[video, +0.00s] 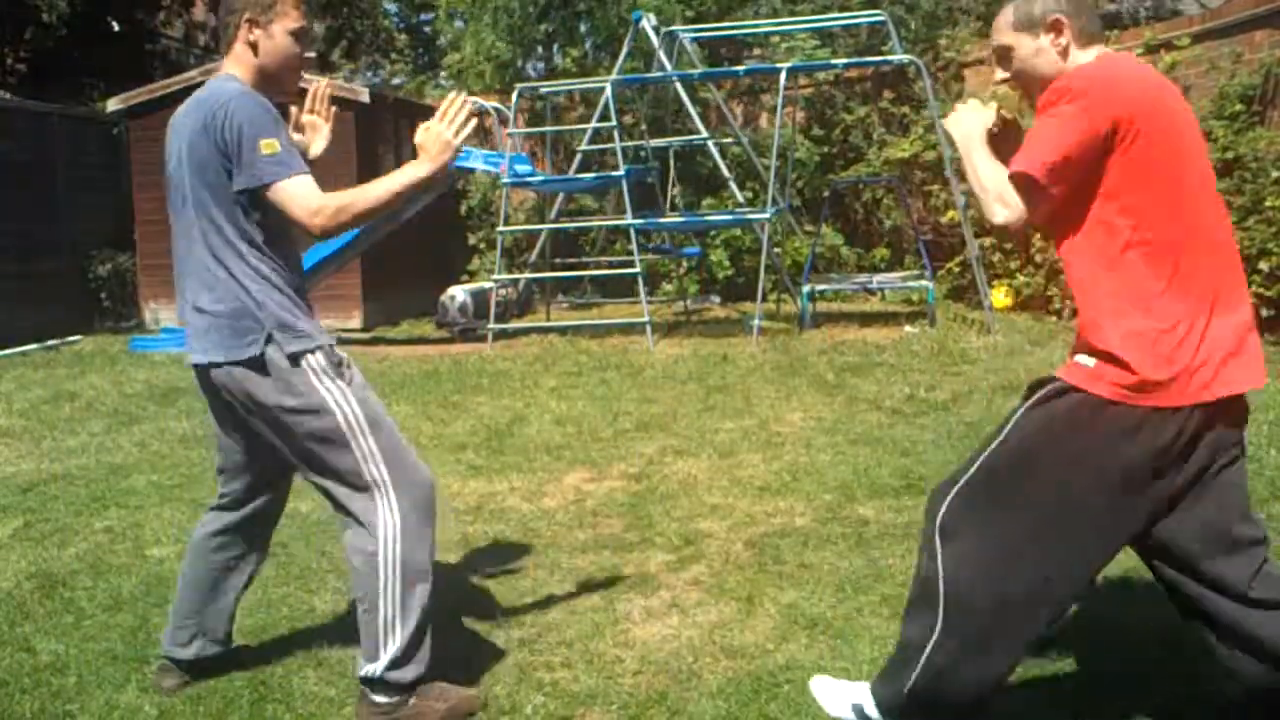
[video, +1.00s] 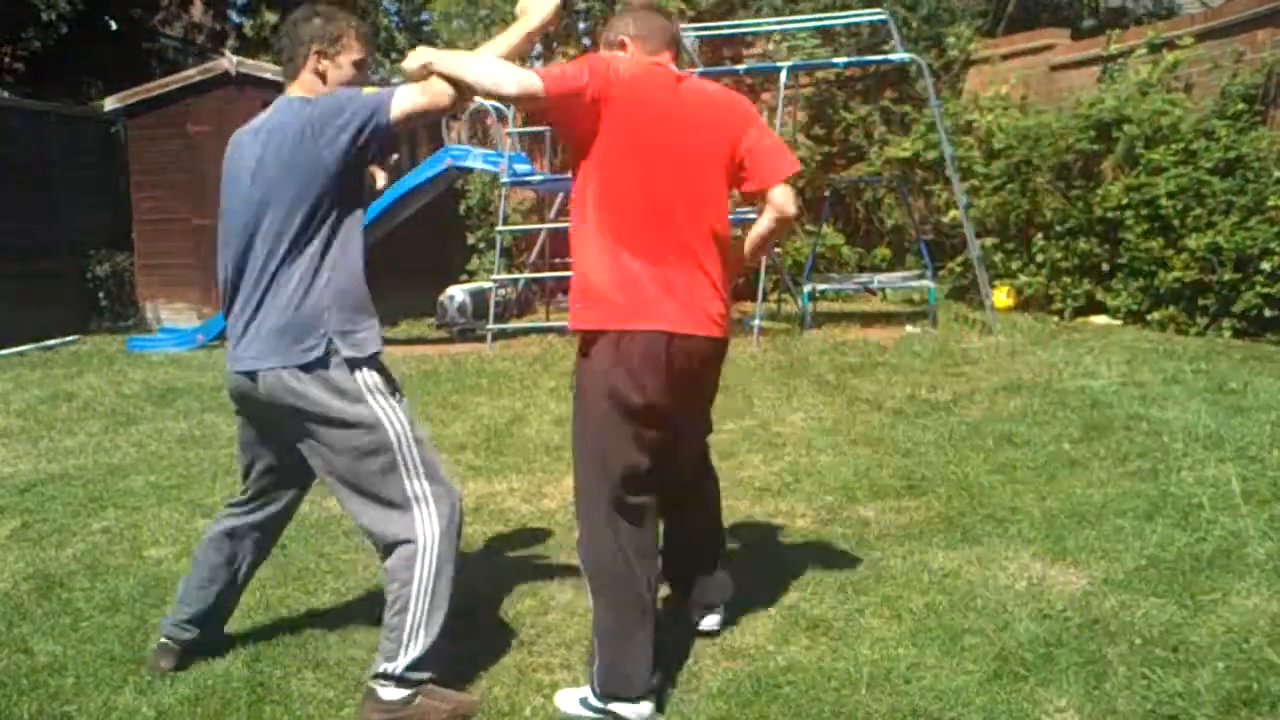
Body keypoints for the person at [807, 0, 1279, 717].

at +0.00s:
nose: (1002, 73)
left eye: (1007, 54)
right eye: (998, 57)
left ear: (1057, 35)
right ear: (1065, 32)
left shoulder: (1091, 89)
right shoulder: (1141, 83)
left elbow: (1008, 209)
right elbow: (1048, 200)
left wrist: (970, 136)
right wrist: (985, 146)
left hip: (1130, 376)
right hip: (1207, 372)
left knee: (970, 524)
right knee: (1232, 579)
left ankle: (910, 702)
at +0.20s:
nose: (922, 62)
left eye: (925, 45)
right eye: (918, 47)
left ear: (973, 32)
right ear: (987, 27)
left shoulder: (1007, 84)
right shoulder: (1069, 80)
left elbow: (914, 191)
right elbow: (976, 205)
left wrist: (893, 107)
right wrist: (918, 119)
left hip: (1030, 374)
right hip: (1112, 367)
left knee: (936, 554)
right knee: (1168, 553)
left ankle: (929, 708)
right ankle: (1273, 684)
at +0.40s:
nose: (851, 34)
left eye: (852, 15)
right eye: (848, 19)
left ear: (897, 4)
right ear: (924, 7)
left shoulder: (921, 55)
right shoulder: (998, 55)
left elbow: (856, 183)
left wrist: (829, 112)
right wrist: (853, 103)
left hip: (946, 341)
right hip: (1027, 338)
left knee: (835, 492)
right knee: (994, 507)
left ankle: (862, 687)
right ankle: (1068, 681)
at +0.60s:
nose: (762, 94)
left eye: (765, 78)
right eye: (759, 80)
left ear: (801, 70)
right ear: (819, 69)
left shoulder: (838, 119)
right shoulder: (887, 121)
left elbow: (889, 229)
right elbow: (836, 246)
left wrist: (830, 334)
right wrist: (787, 196)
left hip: (843, 388)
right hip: (911, 387)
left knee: (740, 539)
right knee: (954, 551)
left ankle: (654, 684)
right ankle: (1074, 687)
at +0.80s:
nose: (656, 67)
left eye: (658, 54)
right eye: (655, 57)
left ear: (688, 48)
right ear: (737, 47)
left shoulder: (688, 80)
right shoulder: (796, 107)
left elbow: (651, 120)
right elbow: (805, 209)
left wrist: (547, 142)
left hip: (700, 341)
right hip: (789, 341)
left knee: (636, 513)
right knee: (813, 483)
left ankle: (629, 690)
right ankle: (903, 614)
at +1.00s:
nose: (605, 58)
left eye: (607, 48)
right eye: (608, 49)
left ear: (622, 47)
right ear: (676, 51)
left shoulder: (607, 73)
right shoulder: (731, 106)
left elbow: (513, 84)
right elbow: (784, 208)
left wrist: (432, 55)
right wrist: (740, 257)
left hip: (623, 327)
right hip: (701, 330)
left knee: (613, 506)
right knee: (686, 466)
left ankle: (623, 688)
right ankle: (707, 592)